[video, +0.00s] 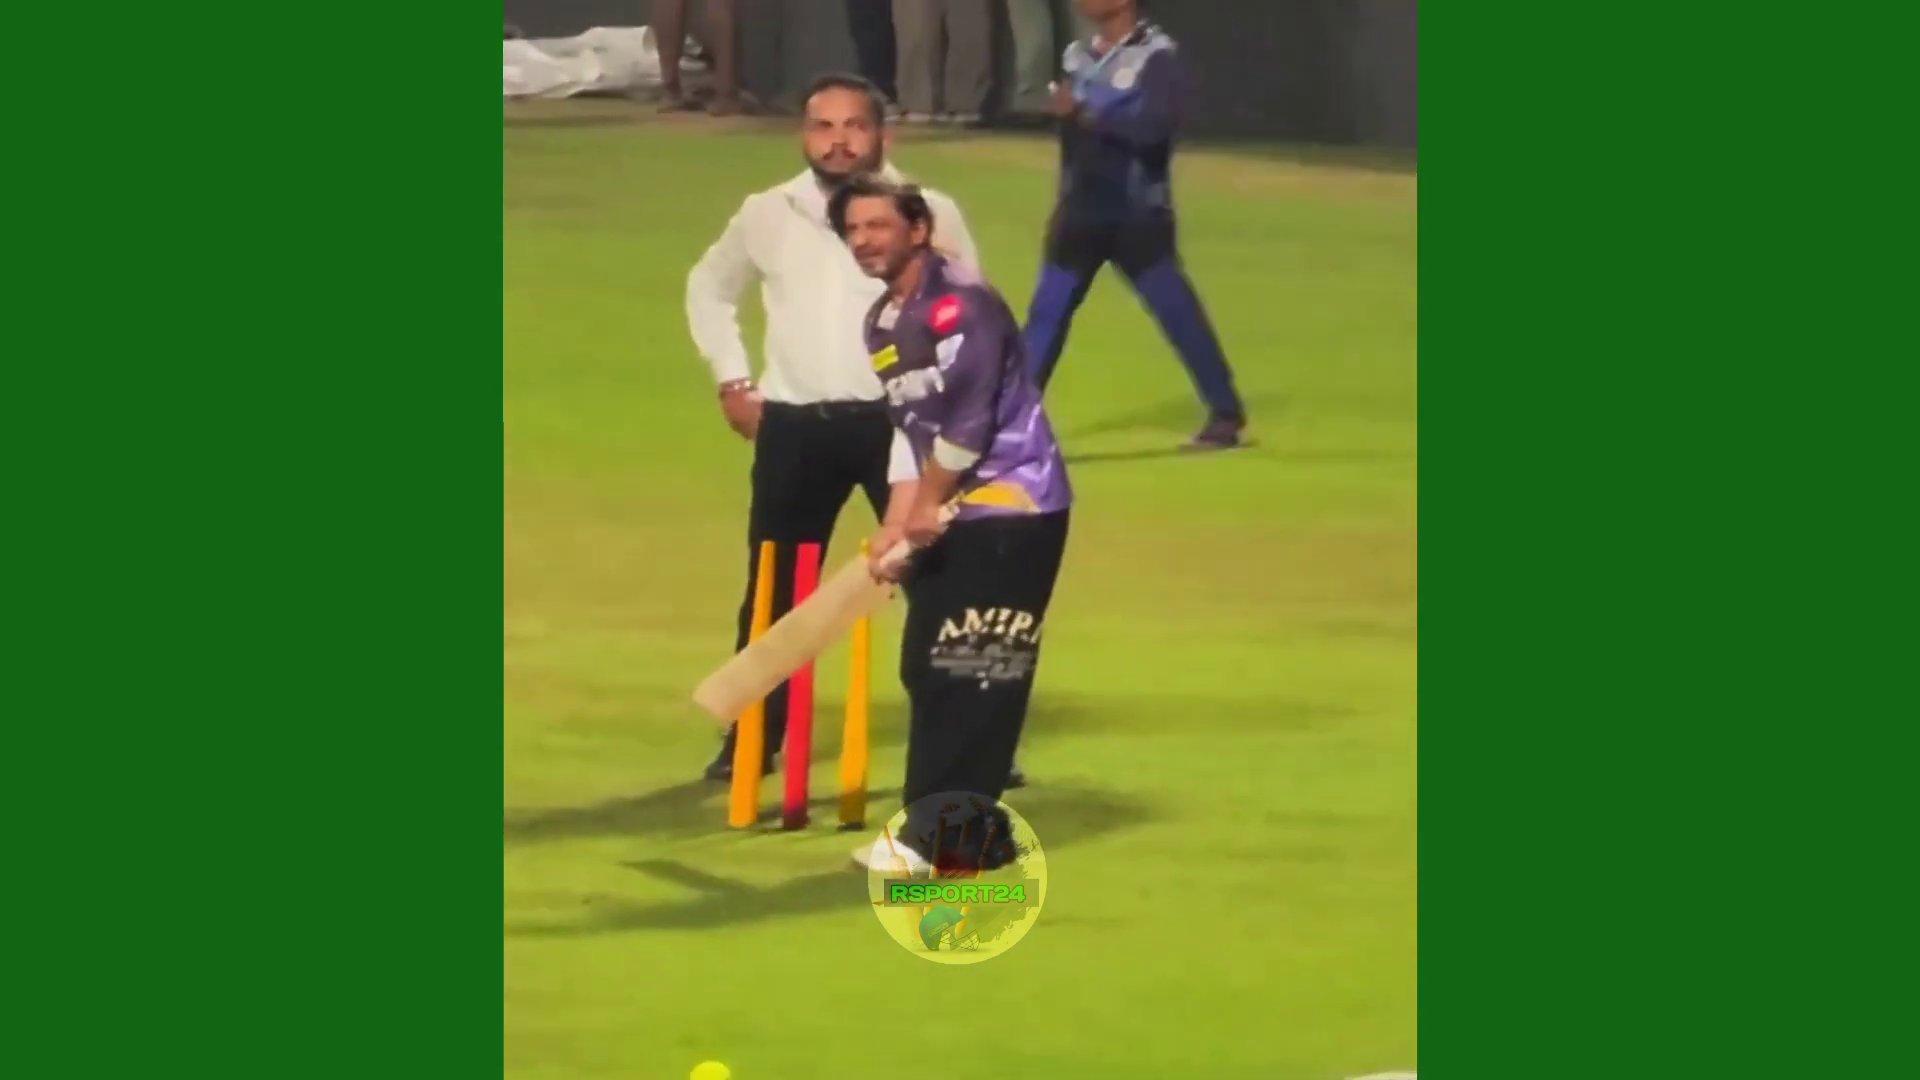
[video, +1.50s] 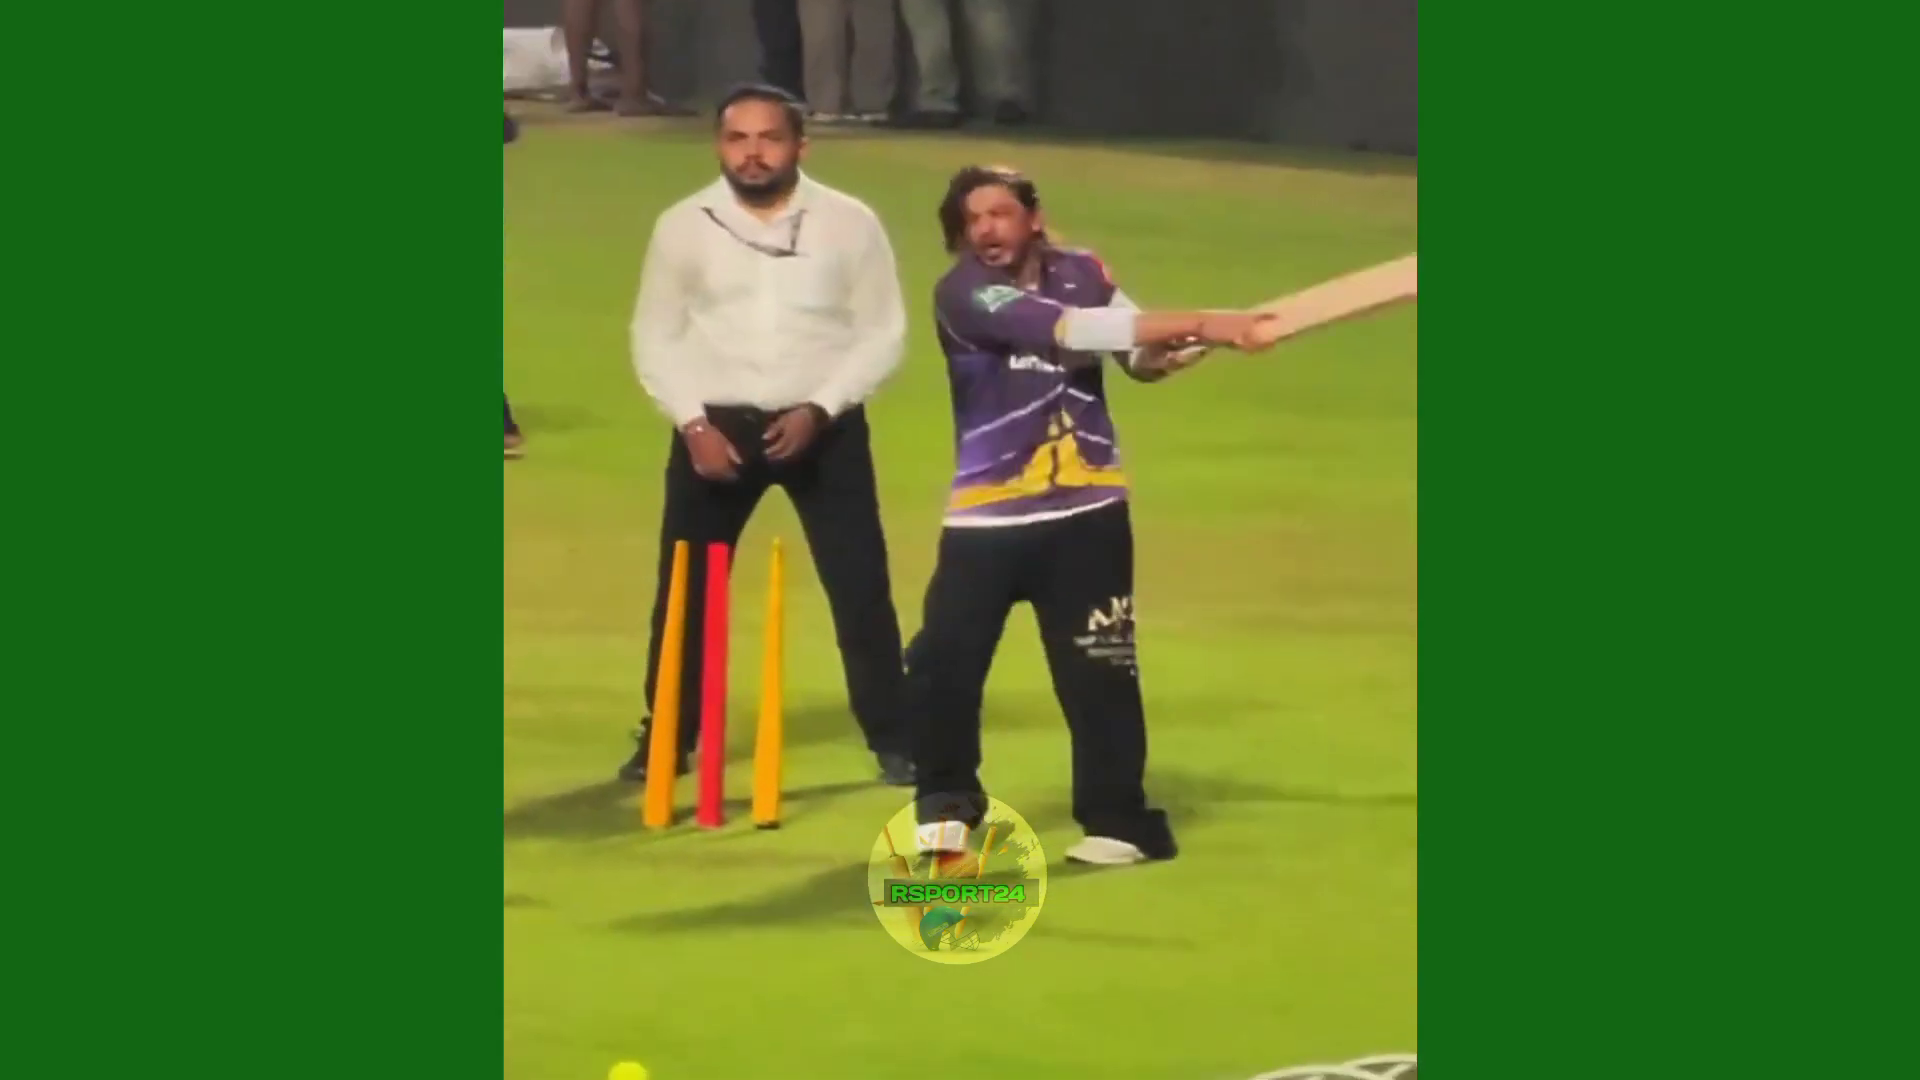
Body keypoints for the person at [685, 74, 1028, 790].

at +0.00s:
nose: (837, 139)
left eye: (853, 126)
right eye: (822, 126)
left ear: (880, 135)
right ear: (804, 135)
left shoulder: (927, 212)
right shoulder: (765, 216)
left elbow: (973, 324)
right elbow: (708, 290)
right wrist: (733, 383)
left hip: (900, 430)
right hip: (794, 429)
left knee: (945, 603)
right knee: (772, 598)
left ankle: (974, 755)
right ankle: (752, 747)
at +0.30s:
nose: (832, 160)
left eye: (846, 146)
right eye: (815, 147)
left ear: (866, 155)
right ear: (789, 158)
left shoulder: (909, 232)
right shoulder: (749, 237)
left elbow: (958, 331)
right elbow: (687, 310)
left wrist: (934, 431)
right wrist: (715, 402)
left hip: (886, 448)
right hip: (780, 449)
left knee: (927, 604)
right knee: (756, 618)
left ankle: (945, 773)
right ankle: (733, 768)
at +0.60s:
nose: (802, 167)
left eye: (819, 154)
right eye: (785, 154)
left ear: (845, 163)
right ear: (764, 164)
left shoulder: (887, 239)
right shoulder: (728, 246)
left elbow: (949, 329)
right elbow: (665, 320)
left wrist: (929, 435)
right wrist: (692, 414)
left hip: (869, 454)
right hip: (762, 455)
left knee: (904, 615)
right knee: (738, 620)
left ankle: (926, 773)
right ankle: (717, 769)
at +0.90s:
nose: (776, 166)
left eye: (793, 152)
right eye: (760, 153)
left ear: (822, 160)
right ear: (742, 161)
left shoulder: (868, 242)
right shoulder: (705, 241)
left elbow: (908, 353)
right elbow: (649, 317)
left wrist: (895, 451)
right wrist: (672, 394)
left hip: (847, 455)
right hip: (741, 453)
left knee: (888, 623)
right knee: (717, 619)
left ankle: (918, 770)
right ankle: (695, 768)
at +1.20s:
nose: (766, 163)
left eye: (782, 149)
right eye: (750, 150)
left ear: (811, 155)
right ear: (732, 157)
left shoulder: (864, 231)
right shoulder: (698, 236)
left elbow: (903, 336)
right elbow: (663, 336)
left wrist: (843, 404)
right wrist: (689, 394)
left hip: (839, 445)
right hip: (730, 448)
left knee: (878, 603)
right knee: (696, 603)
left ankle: (908, 761)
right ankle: (676, 753)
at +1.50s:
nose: (752, 152)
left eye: (768, 138)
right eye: (737, 138)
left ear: (798, 146)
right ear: (719, 146)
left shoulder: (850, 224)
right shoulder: (683, 228)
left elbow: (886, 334)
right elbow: (653, 337)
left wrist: (821, 408)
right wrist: (694, 423)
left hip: (827, 426)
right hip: (714, 431)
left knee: (862, 591)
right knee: (682, 594)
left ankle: (895, 743)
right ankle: (664, 745)